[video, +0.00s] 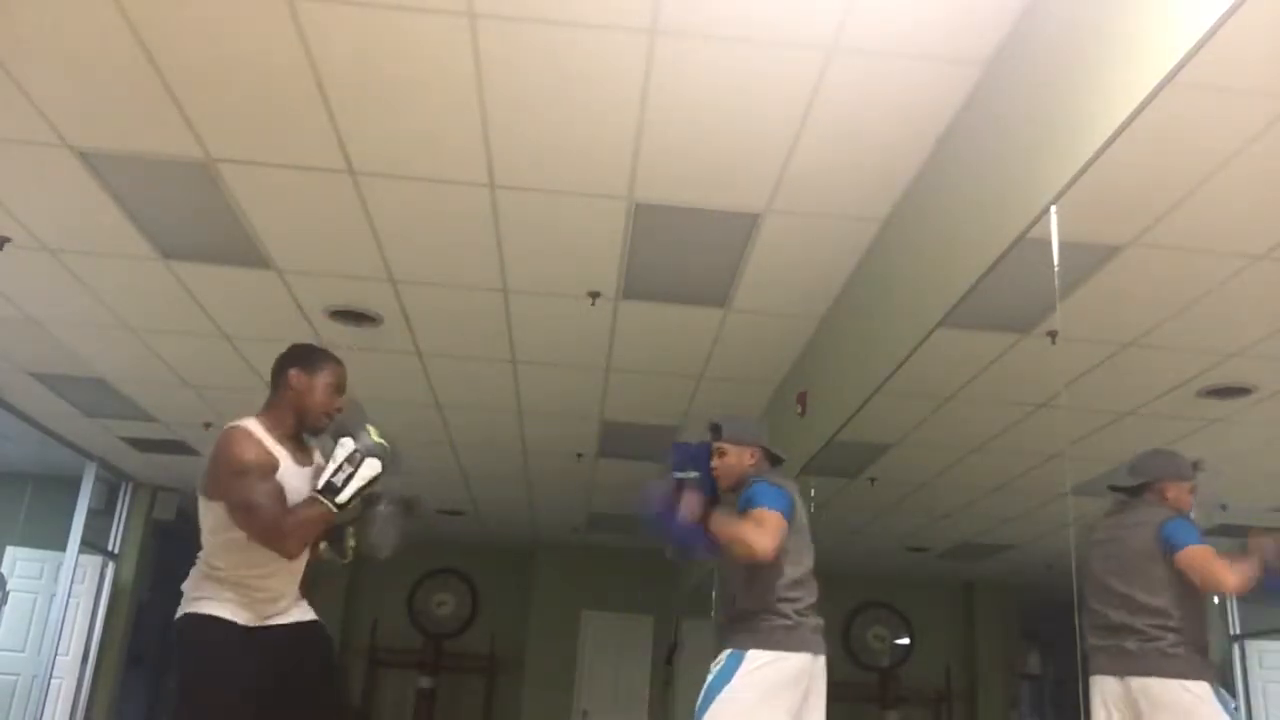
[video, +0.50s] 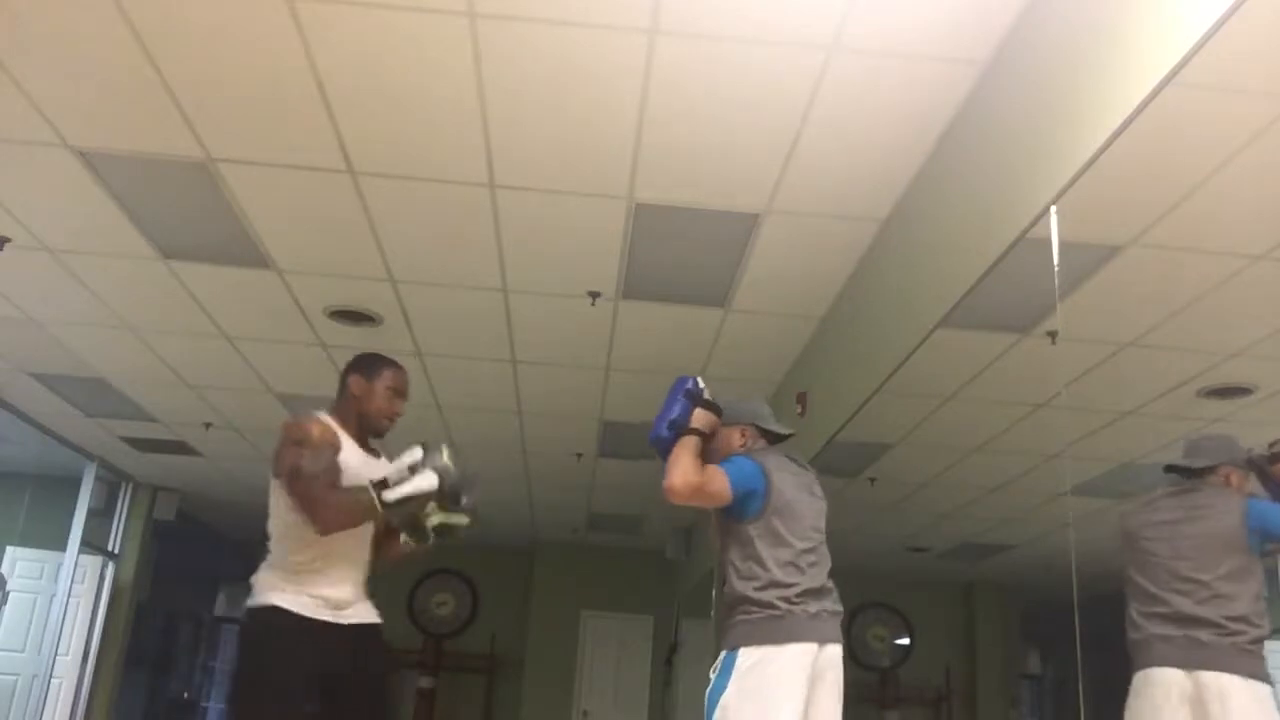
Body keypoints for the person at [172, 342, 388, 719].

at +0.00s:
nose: (338, 406)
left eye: (340, 395)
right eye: (333, 390)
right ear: (294, 380)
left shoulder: (311, 457)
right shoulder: (240, 444)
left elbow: (304, 535)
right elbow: (287, 538)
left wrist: (341, 534)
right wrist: (338, 488)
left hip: (287, 615)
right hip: (221, 613)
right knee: (216, 707)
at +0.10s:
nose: (350, 395)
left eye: (351, 384)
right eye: (343, 380)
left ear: (307, 372)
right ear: (304, 368)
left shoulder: (323, 448)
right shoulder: (249, 428)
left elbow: (317, 525)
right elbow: (282, 522)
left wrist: (356, 515)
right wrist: (348, 484)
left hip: (297, 617)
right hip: (230, 614)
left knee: (312, 709)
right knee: (217, 711)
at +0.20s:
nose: (364, 395)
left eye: (365, 384)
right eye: (357, 380)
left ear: (320, 374)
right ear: (318, 371)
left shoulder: (338, 450)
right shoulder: (267, 424)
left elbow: (325, 538)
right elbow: (278, 517)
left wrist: (374, 512)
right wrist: (356, 496)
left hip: (304, 623)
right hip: (238, 615)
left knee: (310, 710)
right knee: (222, 711)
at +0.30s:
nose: (385, 406)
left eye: (387, 395)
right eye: (378, 391)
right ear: (339, 384)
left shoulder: (356, 466)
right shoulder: (289, 431)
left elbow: (356, 550)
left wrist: (411, 515)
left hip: (313, 626)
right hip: (251, 617)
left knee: (317, 711)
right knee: (236, 711)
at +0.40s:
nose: (402, 408)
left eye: (404, 397)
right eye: (395, 393)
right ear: (356, 385)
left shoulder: (368, 463)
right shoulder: (303, 429)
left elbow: (369, 554)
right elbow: (302, 518)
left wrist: (422, 533)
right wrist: (365, 490)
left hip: (332, 619)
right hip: (269, 609)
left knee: (345, 709)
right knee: (258, 709)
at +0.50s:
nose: (399, 409)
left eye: (403, 400)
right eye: (393, 394)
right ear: (356, 386)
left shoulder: (380, 464)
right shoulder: (307, 432)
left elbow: (373, 554)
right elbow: (327, 515)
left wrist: (422, 530)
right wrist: (391, 488)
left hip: (354, 624)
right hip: (288, 618)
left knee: (365, 711)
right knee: (275, 711)